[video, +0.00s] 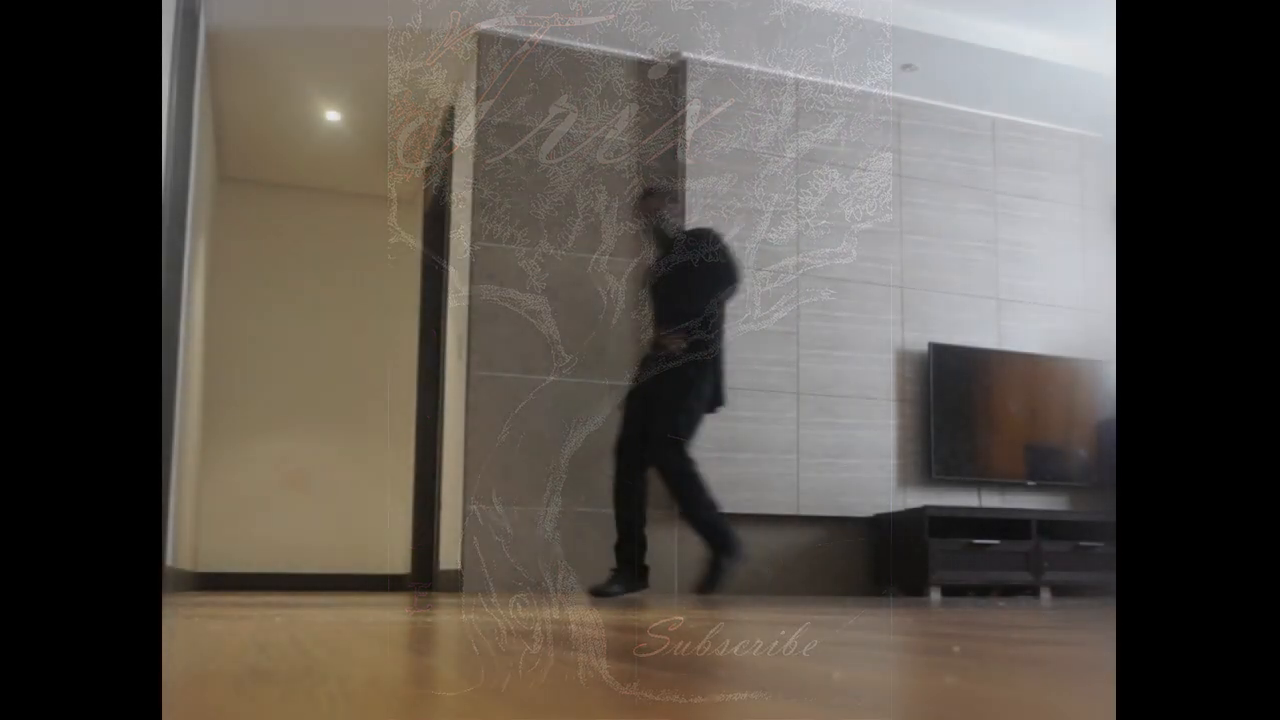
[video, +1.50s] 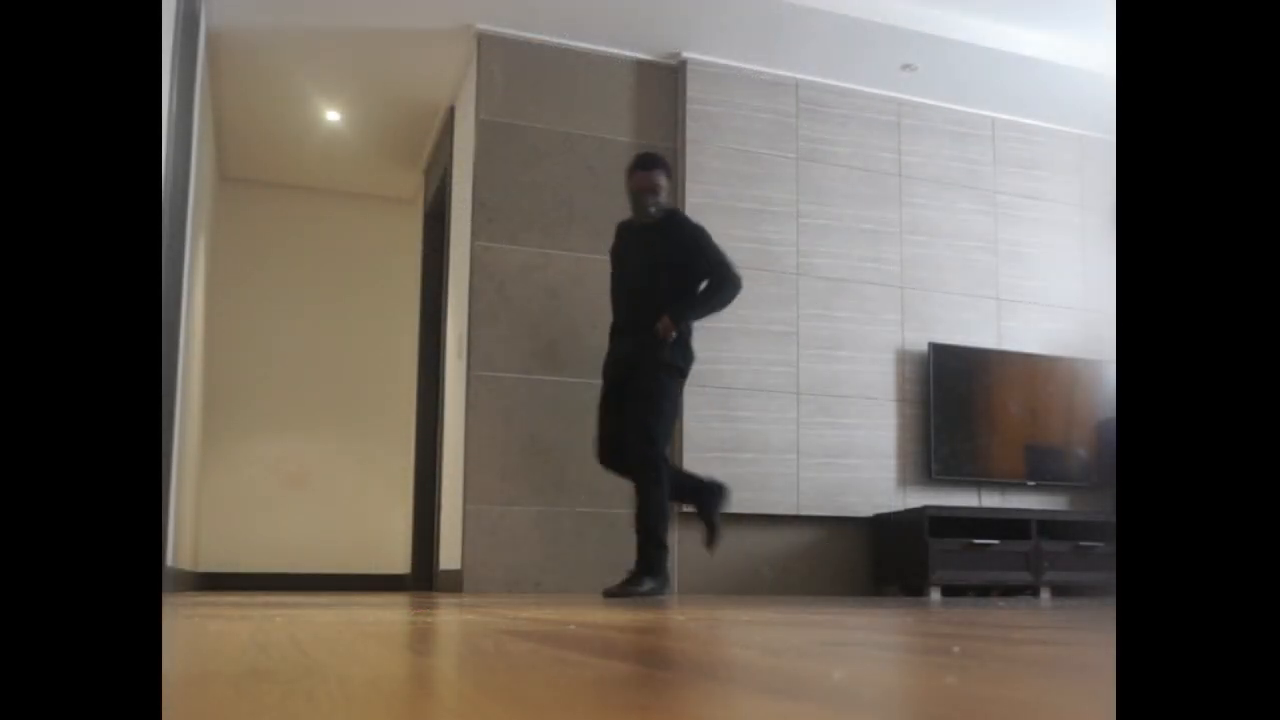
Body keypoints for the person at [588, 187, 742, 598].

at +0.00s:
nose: (654, 217)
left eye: (659, 208)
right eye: (648, 211)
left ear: (675, 208)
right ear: (643, 216)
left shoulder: (703, 243)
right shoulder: (661, 265)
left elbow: (725, 278)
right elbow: (670, 319)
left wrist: (681, 326)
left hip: (693, 377)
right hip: (657, 376)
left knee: (666, 451)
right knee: (629, 458)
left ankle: (723, 544)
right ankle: (630, 568)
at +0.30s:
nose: (643, 195)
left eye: (650, 187)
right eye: (635, 187)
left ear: (661, 193)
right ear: (621, 193)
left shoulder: (675, 238)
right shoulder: (611, 240)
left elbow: (727, 279)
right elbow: (598, 302)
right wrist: (589, 356)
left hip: (633, 361)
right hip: (601, 359)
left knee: (604, 451)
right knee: (623, 452)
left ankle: (584, 561)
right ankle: (655, 550)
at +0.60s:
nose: (624, 231)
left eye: (627, 221)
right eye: (613, 228)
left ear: (637, 217)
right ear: (601, 232)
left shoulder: (669, 251)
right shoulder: (596, 271)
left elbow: (709, 286)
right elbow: (543, 308)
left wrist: (732, 301)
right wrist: (484, 302)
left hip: (656, 370)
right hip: (612, 373)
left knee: (590, 426)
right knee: (609, 469)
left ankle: (529, 513)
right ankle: (660, 564)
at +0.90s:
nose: (616, 185)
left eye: (621, 177)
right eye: (607, 181)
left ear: (634, 181)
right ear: (596, 189)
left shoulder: (660, 218)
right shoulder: (595, 247)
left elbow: (684, 276)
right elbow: (594, 312)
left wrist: (643, 317)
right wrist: (587, 366)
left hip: (654, 346)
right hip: (610, 353)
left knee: (634, 422)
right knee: (615, 446)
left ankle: (695, 516)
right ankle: (626, 558)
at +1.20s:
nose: (608, 220)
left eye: (612, 211)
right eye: (599, 217)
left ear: (628, 203)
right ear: (594, 220)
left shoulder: (661, 230)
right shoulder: (615, 250)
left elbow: (725, 264)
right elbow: (627, 299)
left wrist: (681, 315)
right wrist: (605, 342)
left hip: (667, 362)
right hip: (626, 360)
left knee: (670, 460)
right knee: (575, 403)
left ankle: (694, 569)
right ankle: (578, 518)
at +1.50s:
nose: (648, 198)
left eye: (656, 190)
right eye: (640, 191)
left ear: (669, 189)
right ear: (628, 192)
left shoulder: (681, 231)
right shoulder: (625, 235)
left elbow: (728, 282)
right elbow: (624, 293)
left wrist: (680, 316)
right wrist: (620, 338)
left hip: (662, 359)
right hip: (624, 356)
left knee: (649, 458)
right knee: (613, 453)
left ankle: (652, 571)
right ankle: (703, 492)